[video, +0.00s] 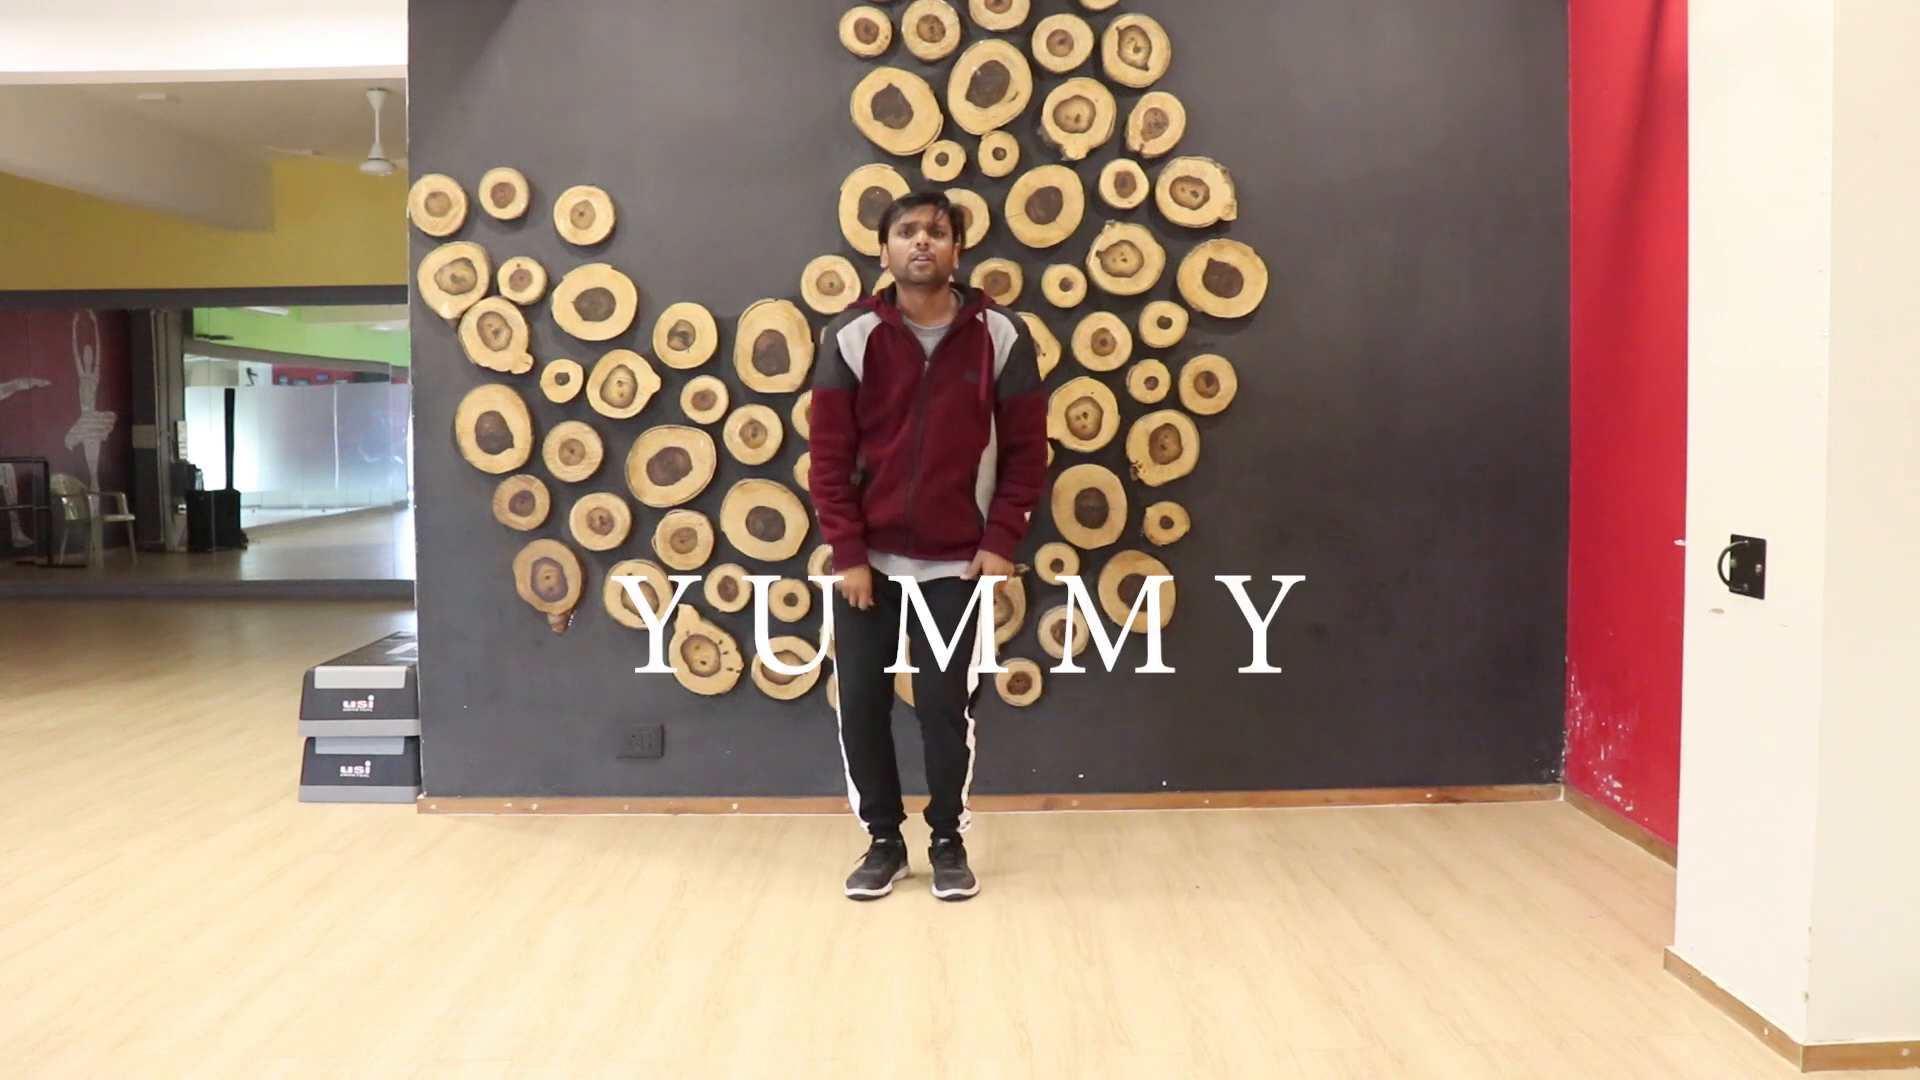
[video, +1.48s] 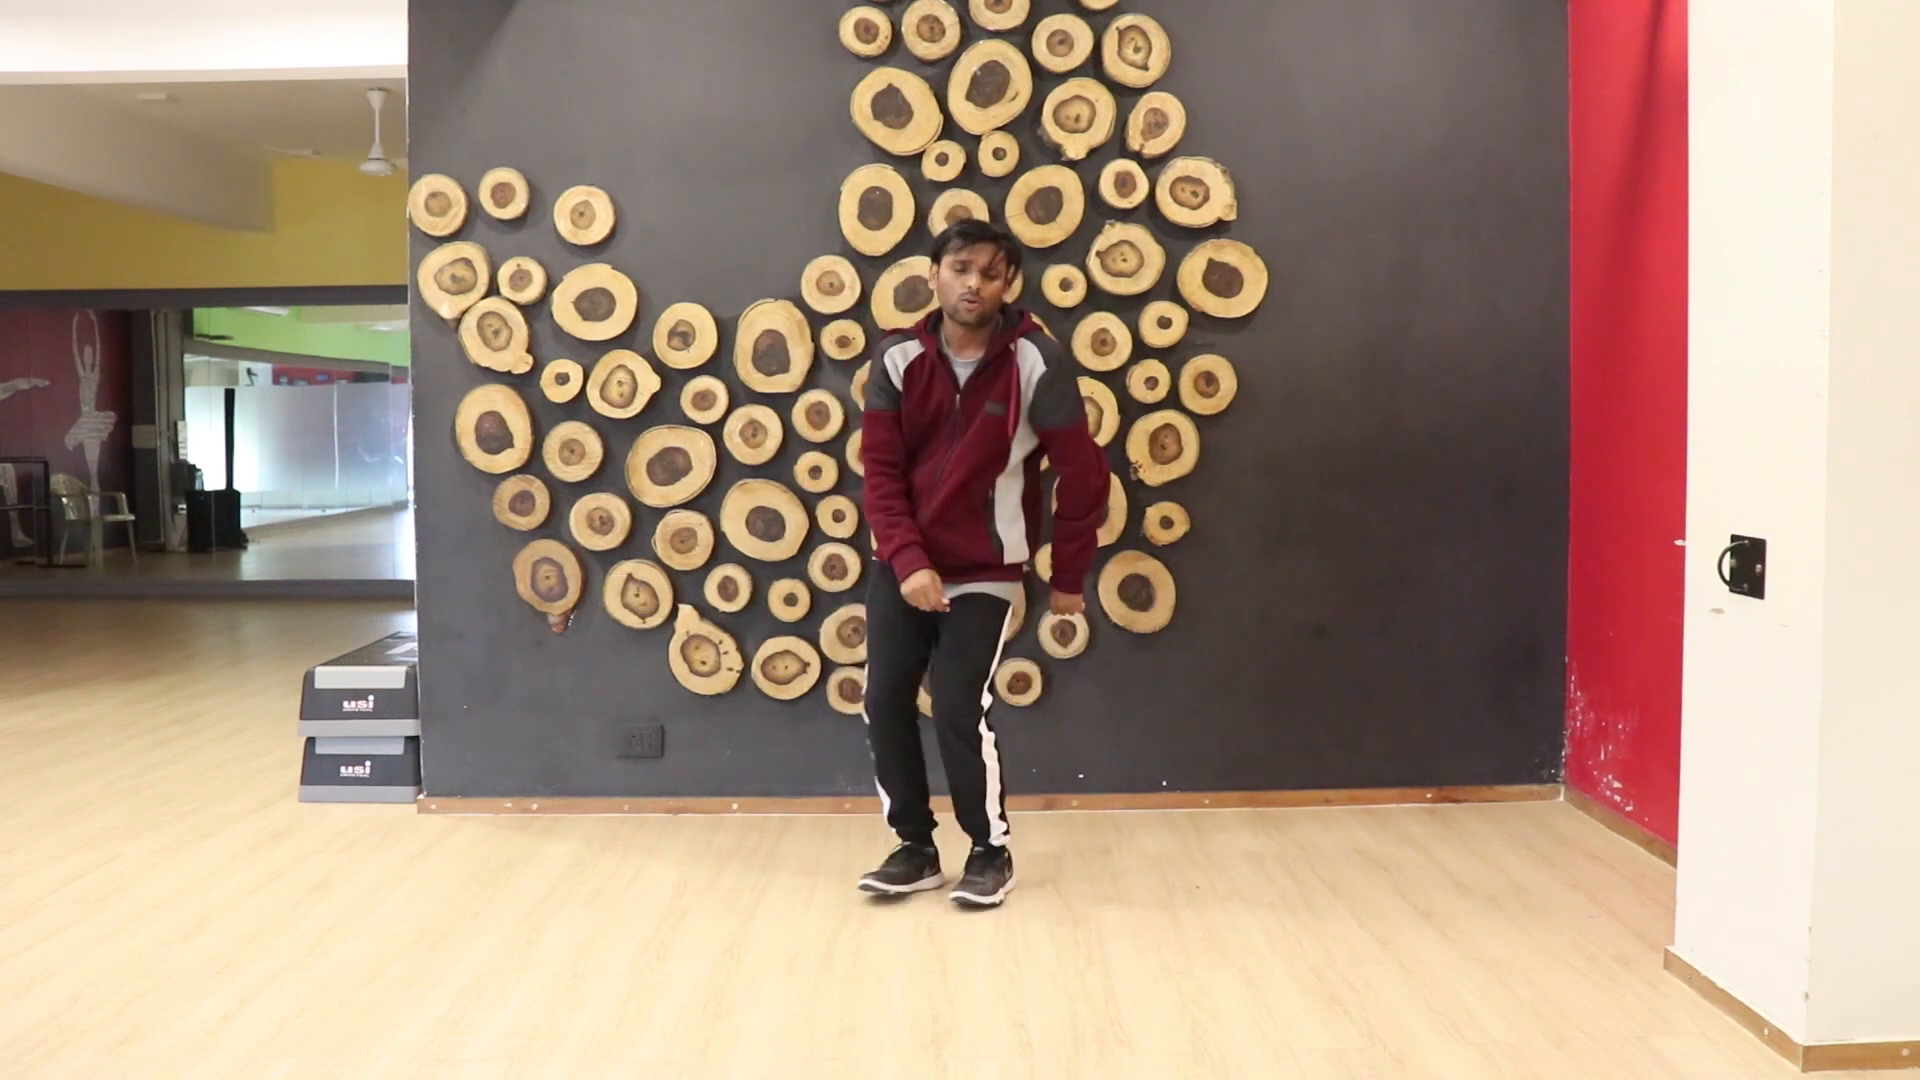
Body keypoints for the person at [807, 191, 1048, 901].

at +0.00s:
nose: (923, 243)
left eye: (936, 232)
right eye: (908, 232)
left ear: (957, 250)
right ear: (886, 251)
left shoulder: (998, 334)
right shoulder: (850, 338)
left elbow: (1026, 447)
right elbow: (828, 453)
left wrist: (1002, 540)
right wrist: (847, 553)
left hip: (954, 556)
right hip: (866, 554)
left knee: (944, 703)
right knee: (858, 704)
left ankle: (946, 843)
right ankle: (883, 842)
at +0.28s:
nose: (933, 267)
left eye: (945, 256)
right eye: (918, 257)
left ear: (965, 271)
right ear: (894, 273)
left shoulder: (1009, 344)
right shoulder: (868, 360)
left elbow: (1047, 436)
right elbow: (853, 461)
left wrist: (1040, 517)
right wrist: (893, 498)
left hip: (984, 548)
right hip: (901, 546)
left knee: (973, 691)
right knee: (917, 670)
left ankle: (953, 838)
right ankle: (895, 806)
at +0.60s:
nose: (956, 278)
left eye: (964, 265)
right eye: (939, 267)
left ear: (974, 270)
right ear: (905, 277)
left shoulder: (1005, 343)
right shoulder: (873, 365)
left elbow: (1051, 447)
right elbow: (822, 465)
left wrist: (1034, 442)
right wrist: (871, 475)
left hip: (998, 557)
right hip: (934, 563)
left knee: (1018, 693)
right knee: (1017, 688)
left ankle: (971, 830)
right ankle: (956, 835)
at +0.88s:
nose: (950, 288)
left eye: (959, 275)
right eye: (934, 276)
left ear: (970, 278)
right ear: (899, 282)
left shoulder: (998, 348)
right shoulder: (863, 367)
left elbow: (1039, 441)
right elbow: (816, 466)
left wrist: (988, 469)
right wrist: (848, 550)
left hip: (1019, 559)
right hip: (950, 567)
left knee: (1070, 695)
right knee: (1016, 706)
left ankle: (985, 827)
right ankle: (951, 851)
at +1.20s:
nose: (949, 283)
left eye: (963, 270)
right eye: (935, 268)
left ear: (979, 276)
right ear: (909, 271)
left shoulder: (1009, 342)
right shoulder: (871, 355)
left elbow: (1021, 459)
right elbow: (858, 473)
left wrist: (1017, 564)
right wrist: (860, 584)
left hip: (996, 550)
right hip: (916, 551)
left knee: (1012, 681)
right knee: (943, 692)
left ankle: (1012, 817)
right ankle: (936, 842)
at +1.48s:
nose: (974, 285)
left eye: (990, 274)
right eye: (961, 269)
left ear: (1008, 286)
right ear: (935, 276)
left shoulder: (1032, 365)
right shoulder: (897, 362)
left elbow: (1082, 468)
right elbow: (880, 473)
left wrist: (1070, 576)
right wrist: (907, 563)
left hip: (988, 571)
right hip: (906, 564)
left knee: (956, 702)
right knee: (886, 700)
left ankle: (990, 852)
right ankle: (915, 849)